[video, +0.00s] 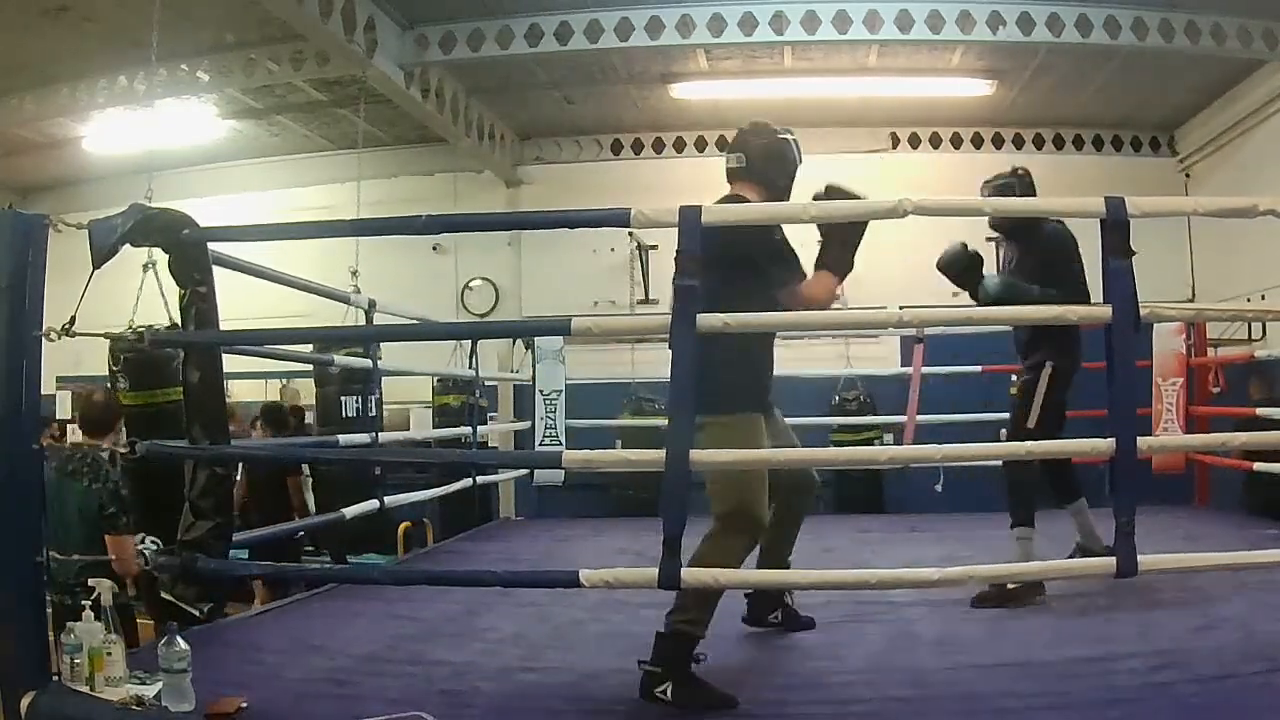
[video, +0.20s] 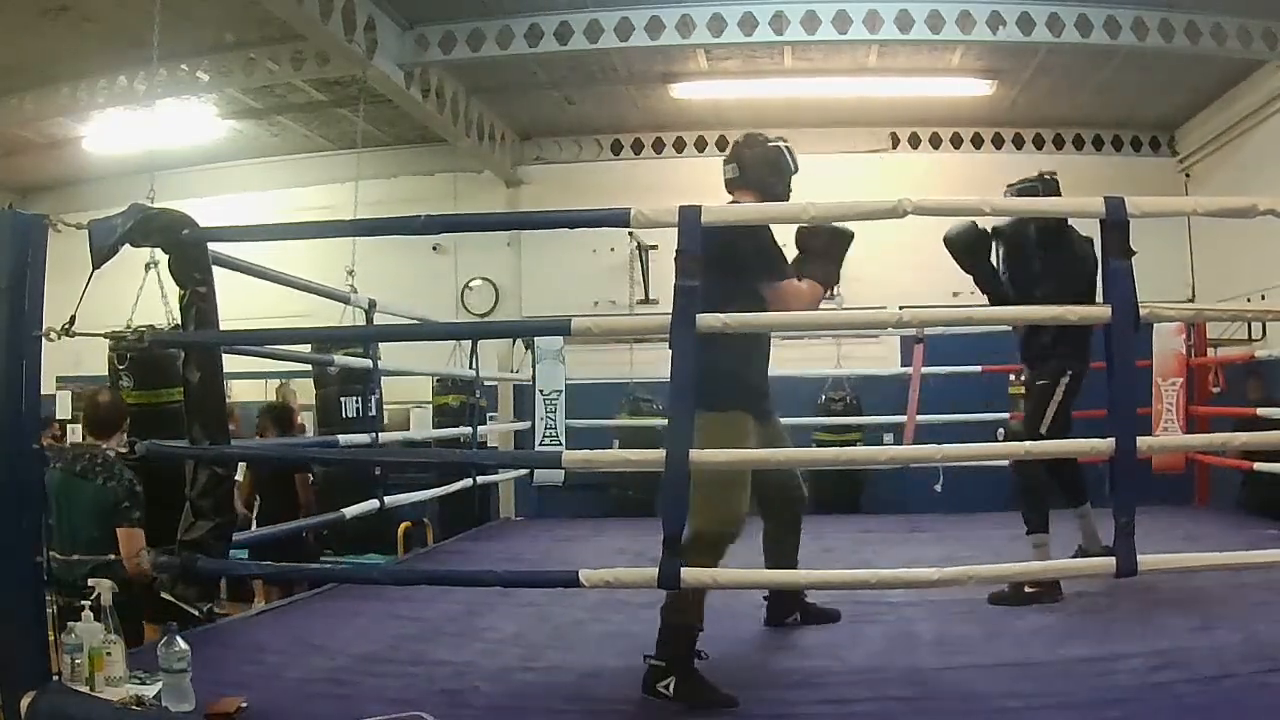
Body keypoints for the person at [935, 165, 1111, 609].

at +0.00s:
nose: (991, 216)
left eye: (997, 206)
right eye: (988, 207)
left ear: (1020, 202)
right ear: (997, 205)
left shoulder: (1052, 237)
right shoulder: (1010, 243)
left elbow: (1074, 302)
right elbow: (1008, 300)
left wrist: (1015, 294)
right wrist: (975, 281)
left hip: (1054, 355)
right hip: (1035, 356)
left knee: (1017, 449)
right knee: (1048, 447)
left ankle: (1025, 568)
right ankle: (1092, 541)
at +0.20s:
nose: (1009, 218)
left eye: (1017, 210)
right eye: (1009, 209)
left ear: (1040, 210)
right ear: (1020, 211)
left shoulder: (1075, 248)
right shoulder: (1019, 247)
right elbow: (1015, 308)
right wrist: (989, 278)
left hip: (1064, 360)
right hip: (1040, 360)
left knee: (1025, 448)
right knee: (1056, 450)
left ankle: (1040, 570)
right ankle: (1094, 544)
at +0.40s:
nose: (1002, 210)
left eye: (1008, 201)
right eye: (1000, 202)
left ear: (1031, 196)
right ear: (1034, 200)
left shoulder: (1063, 233)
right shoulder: (1035, 239)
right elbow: (1023, 312)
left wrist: (1018, 253)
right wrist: (991, 277)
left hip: (1079, 352)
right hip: (1065, 352)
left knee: (1043, 450)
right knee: (1066, 446)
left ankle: (1043, 570)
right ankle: (1103, 536)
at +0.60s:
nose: (1016, 213)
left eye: (1021, 203)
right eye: (1014, 205)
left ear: (1043, 198)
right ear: (1047, 197)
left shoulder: (1077, 232)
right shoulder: (1058, 235)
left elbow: (1080, 301)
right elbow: (1050, 297)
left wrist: (1019, 282)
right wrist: (1009, 269)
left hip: (1087, 355)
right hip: (1081, 354)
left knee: (1047, 450)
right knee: (1083, 449)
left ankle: (1041, 569)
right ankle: (1147, 535)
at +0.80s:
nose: (1023, 219)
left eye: (1028, 208)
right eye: (1021, 209)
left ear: (1050, 203)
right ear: (1062, 200)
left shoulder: (1078, 235)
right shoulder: (1092, 232)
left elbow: (1078, 295)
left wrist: (1032, 285)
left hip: (1084, 361)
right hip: (1106, 360)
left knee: (1031, 450)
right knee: (1118, 451)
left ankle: (1032, 568)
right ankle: (1160, 547)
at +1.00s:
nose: (1035, 212)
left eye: (1038, 202)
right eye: (1034, 204)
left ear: (1056, 194)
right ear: (1074, 188)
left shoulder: (1079, 224)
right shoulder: (1098, 228)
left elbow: (1034, 250)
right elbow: (1043, 290)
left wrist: (1002, 221)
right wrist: (1011, 259)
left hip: (1097, 356)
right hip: (1132, 353)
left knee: (1048, 453)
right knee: (1145, 448)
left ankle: (1033, 573)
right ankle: (1193, 551)